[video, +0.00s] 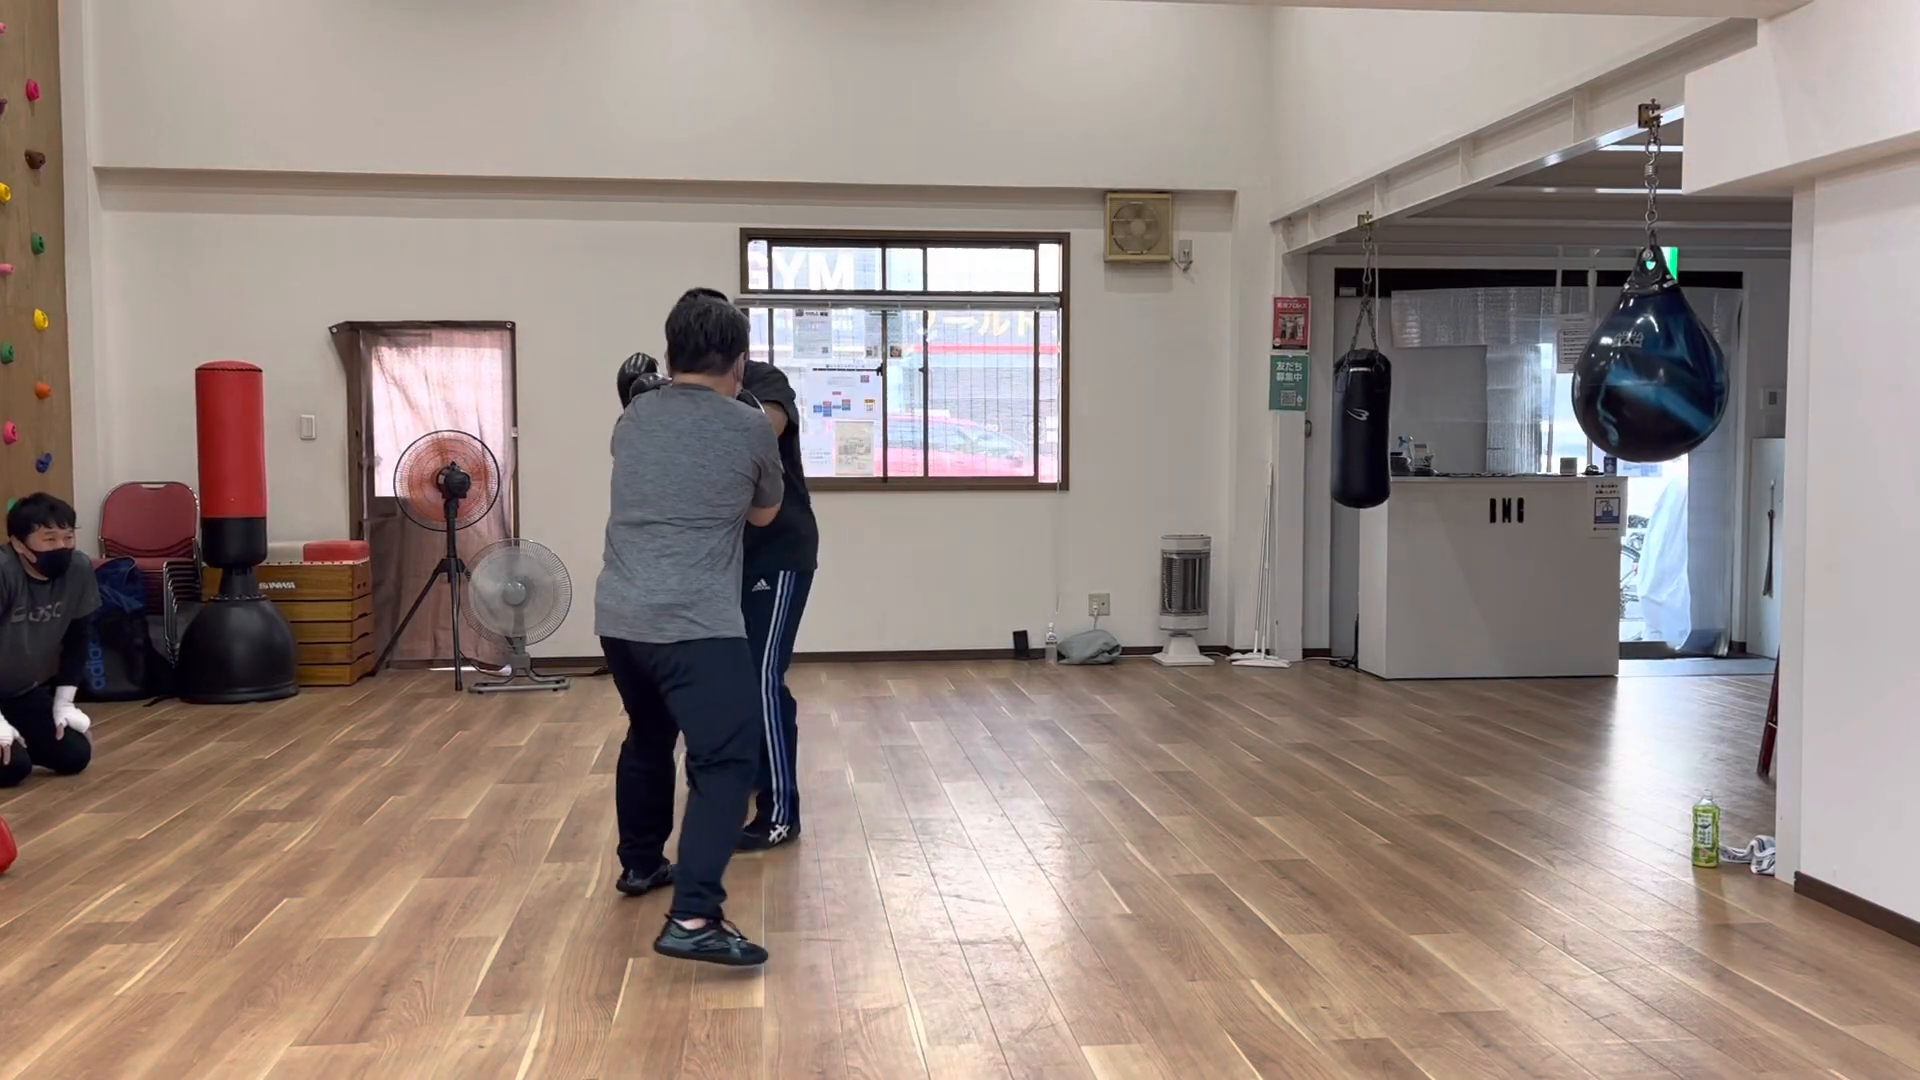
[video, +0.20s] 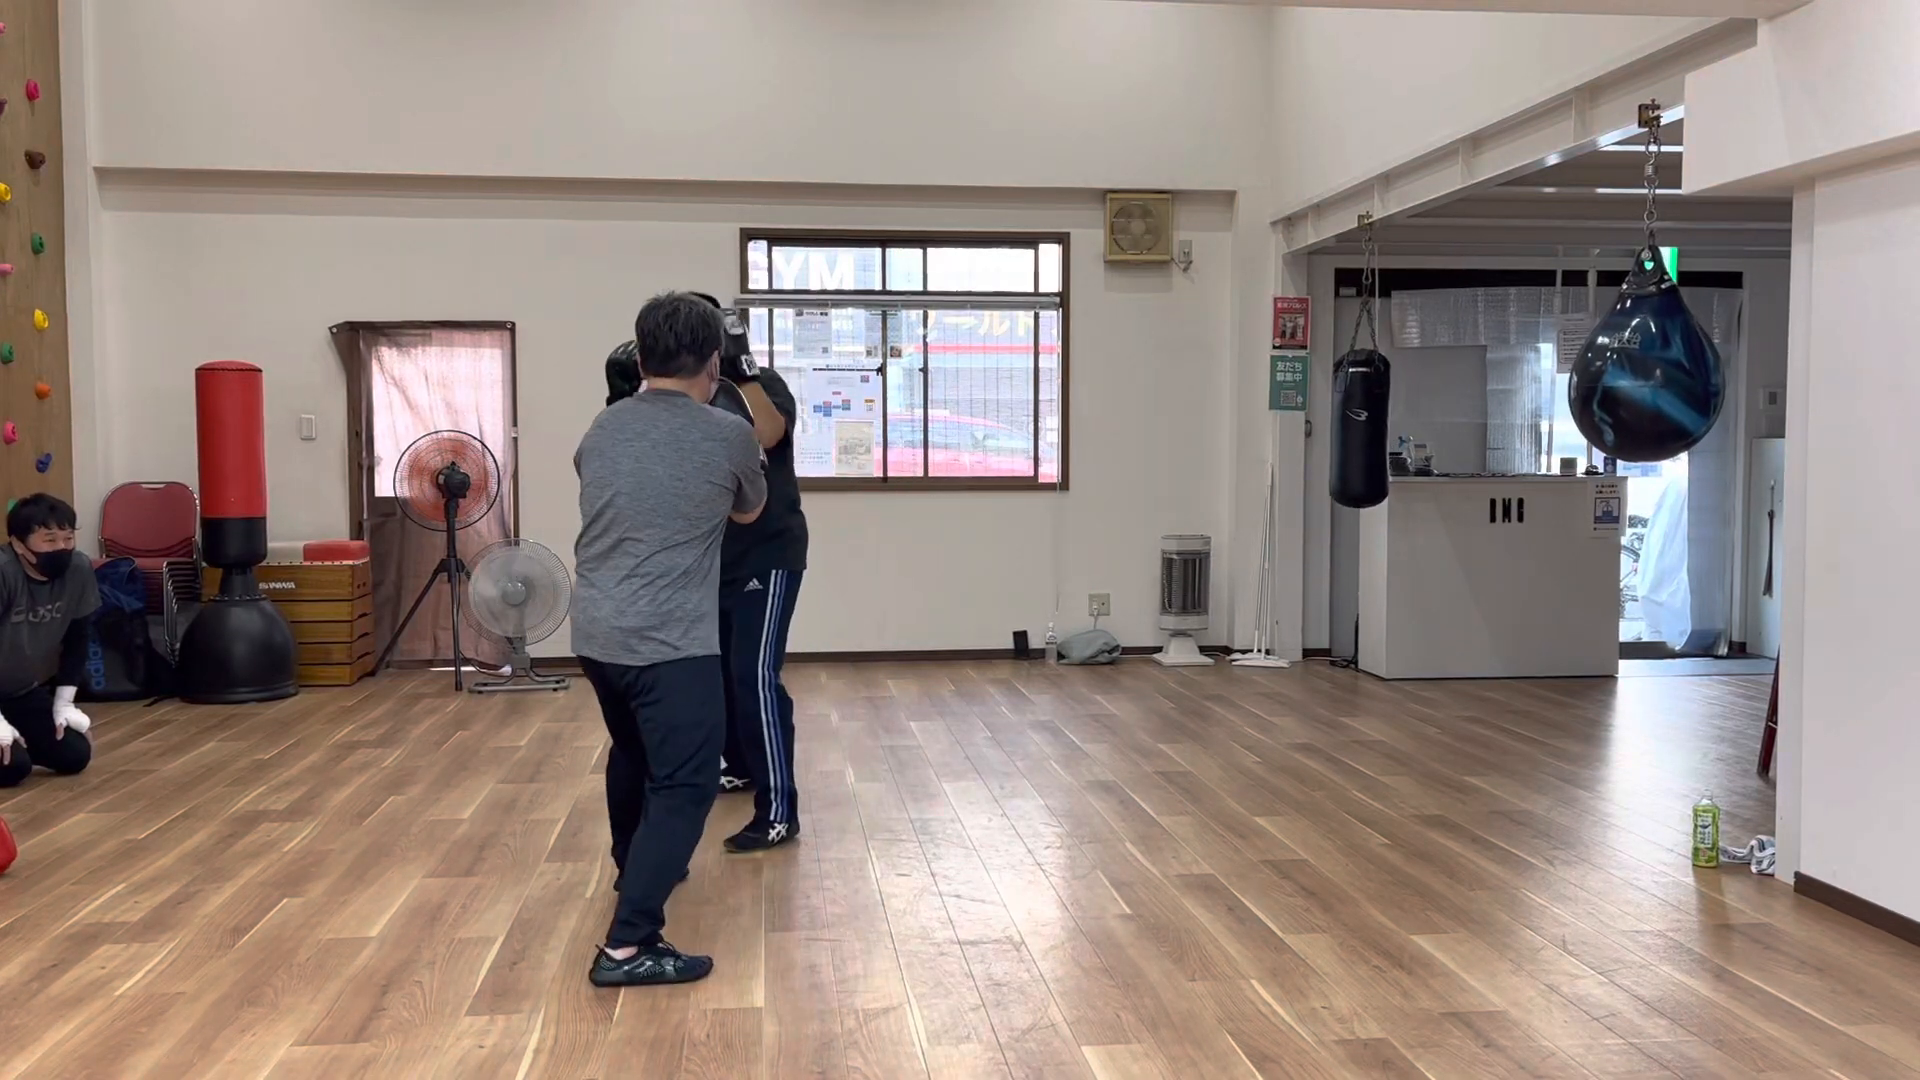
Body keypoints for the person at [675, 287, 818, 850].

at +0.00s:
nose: (699, 345)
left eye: (706, 334)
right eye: (697, 335)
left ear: (730, 335)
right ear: (709, 340)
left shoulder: (764, 381)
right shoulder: (701, 393)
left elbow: (764, 432)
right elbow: (682, 448)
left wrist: (702, 417)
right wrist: (645, 404)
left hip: (781, 549)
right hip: (735, 548)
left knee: (763, 676)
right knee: (743, 676)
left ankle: (779, 815)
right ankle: (754, 800)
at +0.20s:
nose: (694, 360)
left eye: (697, 349)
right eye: (694, 350)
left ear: (716, 347)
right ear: (719, 344)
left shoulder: (754, 390)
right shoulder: (706, 397)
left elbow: (764, 437)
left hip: (767, 552)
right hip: (724, 552)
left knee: (755, 676)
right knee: (726, 668)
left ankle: (778, 816)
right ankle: (743, 765)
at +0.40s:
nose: (684, 347)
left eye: (690, 336)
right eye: (683, 338)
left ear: (708, 336)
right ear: (697, 341)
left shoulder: (754, 379)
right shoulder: (690, 390)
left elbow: (746, 419)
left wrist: (708, 374)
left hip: (760, 547)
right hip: (709, 549)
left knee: (743, 669)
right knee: (708, 669)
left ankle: (756, 808)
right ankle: (740, 768)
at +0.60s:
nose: (690, 345)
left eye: (699, 334)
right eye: (681, 336)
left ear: (720, 332)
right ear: (670, 341)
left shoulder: (756, 391)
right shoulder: (672, 398)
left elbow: (764, 450)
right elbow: (659, 466)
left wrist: (732, 378)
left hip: (755, 551)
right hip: (699, 551)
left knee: (737, 677)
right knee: (702, 668)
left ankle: (736, 816)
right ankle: (744, 764)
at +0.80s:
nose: (670, 343)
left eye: (679, 331)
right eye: (663, 333)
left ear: (709, 324)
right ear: (659, 334)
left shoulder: (749, 376)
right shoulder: (665, 382)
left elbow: (739, 429)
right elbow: (643, 448)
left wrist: (724, 356)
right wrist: (653, 392)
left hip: (750, 549)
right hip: (698, 548)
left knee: (735, 676)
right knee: (697, 663)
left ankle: (734, 818)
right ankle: (744, 763)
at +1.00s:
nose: (671, 334)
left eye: (681, 322)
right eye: (662, 325)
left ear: (707, 316)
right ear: (654, 328)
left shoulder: (745, 371)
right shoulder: (660, 382)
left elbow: (785, 443)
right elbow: (644, 458)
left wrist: (724, 391)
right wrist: (657, 403)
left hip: (742, 547)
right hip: (695, 548)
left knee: (722, 673)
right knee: (708, 666)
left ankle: (734, 817)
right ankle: (743, 763)